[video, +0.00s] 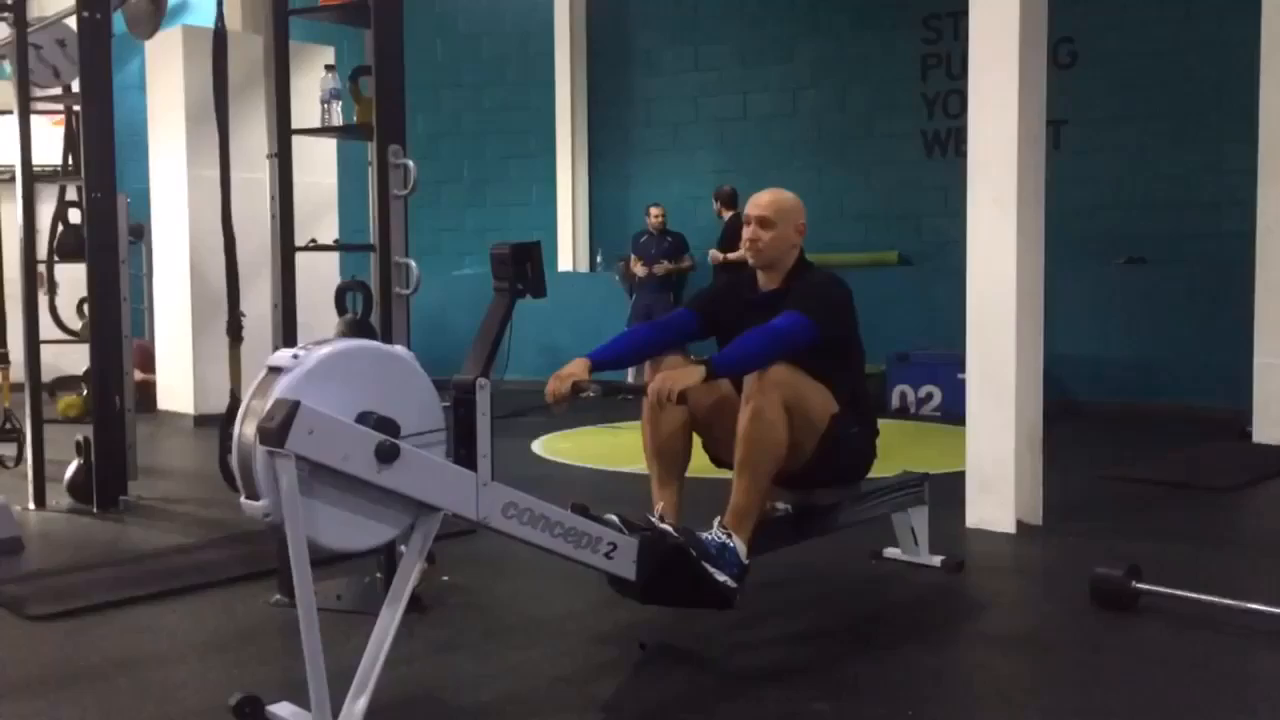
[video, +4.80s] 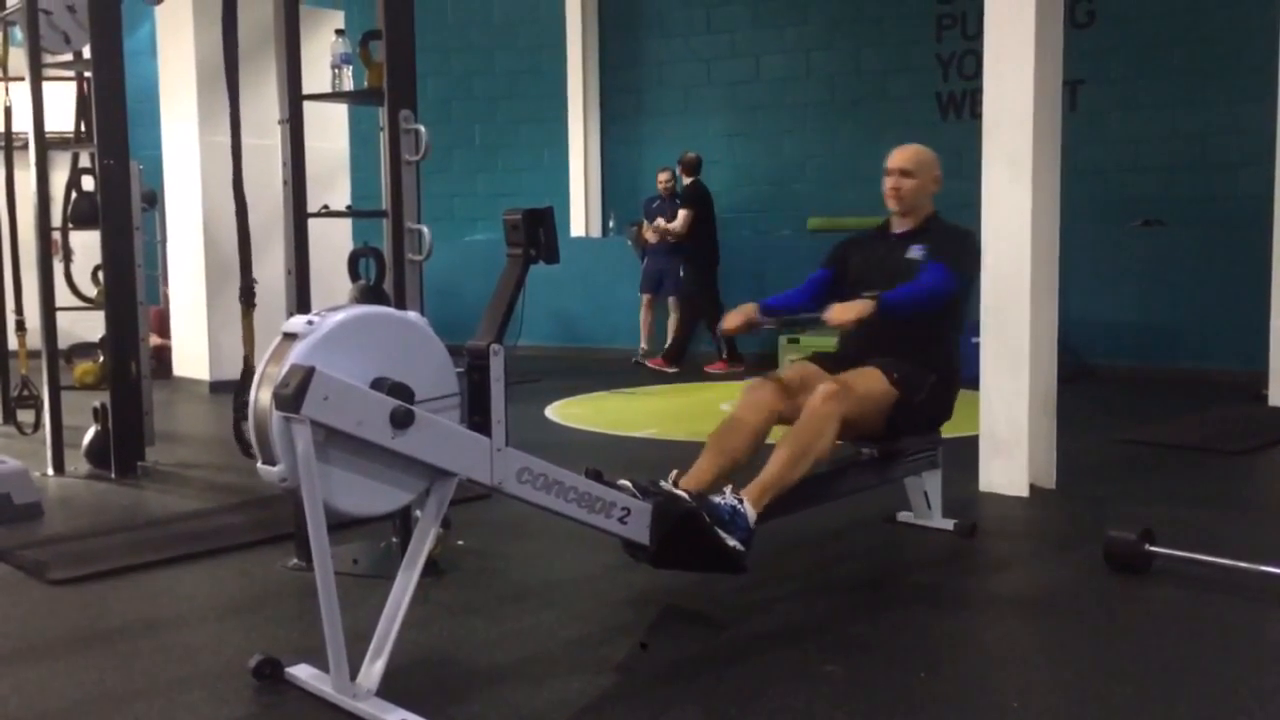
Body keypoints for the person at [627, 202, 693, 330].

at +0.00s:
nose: (660, 220)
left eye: (663, 216)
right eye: (656, 217)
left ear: (666, 217)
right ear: (648, 220)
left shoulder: (677, 238)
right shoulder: (638, 238)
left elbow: (689, 263)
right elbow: (633, 262)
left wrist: (670, 268)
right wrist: (637, 269)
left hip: (666, 296)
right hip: (642, 296)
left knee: (665, 335)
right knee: (637, 333)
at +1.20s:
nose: (674, 200)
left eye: (676, 196)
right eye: (670, 196)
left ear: (680, 198)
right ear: (662, 199)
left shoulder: (691, 220)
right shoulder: (654, 219)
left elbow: (704, 243)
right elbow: (648, 242)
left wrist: (684, 248)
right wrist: (652, 249)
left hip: (680, 276)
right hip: (658, 275)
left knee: (679, 318)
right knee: (649, 316)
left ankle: (680, 364)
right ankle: (645, 362)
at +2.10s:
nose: (673, 170)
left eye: (675, 166)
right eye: (669, 167)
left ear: (679, 168)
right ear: (661, 170)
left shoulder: (690, 191)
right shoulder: (652, 191)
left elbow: (700, 213)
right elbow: (646, 216)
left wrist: (682, 219)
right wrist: (650, 221)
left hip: (677, 247)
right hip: (656, 246)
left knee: (674, 291)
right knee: (650, 290)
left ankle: (669, 336)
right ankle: (645, 334)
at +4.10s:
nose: (669, 182)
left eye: (672, 179)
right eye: (665, 179)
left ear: (676, 181)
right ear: (658, 182)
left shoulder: (688, 203)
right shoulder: (649, 203)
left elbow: (700, 228)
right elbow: (644, 228)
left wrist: (682, 233)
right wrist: (647, 233)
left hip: (675, 259)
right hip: (653, 258)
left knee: (671, 302)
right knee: (647, 302)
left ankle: (666, 348)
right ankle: (642, 346)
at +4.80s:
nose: (664, 185)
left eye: (668, 181)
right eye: (661, 182)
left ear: (675, 182)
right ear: (656, 184)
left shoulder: (681, 203)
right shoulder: (650, 204)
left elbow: (682, 230)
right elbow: (648, 235)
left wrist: (661, 227)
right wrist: (669, 232)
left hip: (674, 257)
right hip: (653, 257)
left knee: (673, 303)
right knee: (647, 299)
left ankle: (670, 348)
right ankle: (643, 346)